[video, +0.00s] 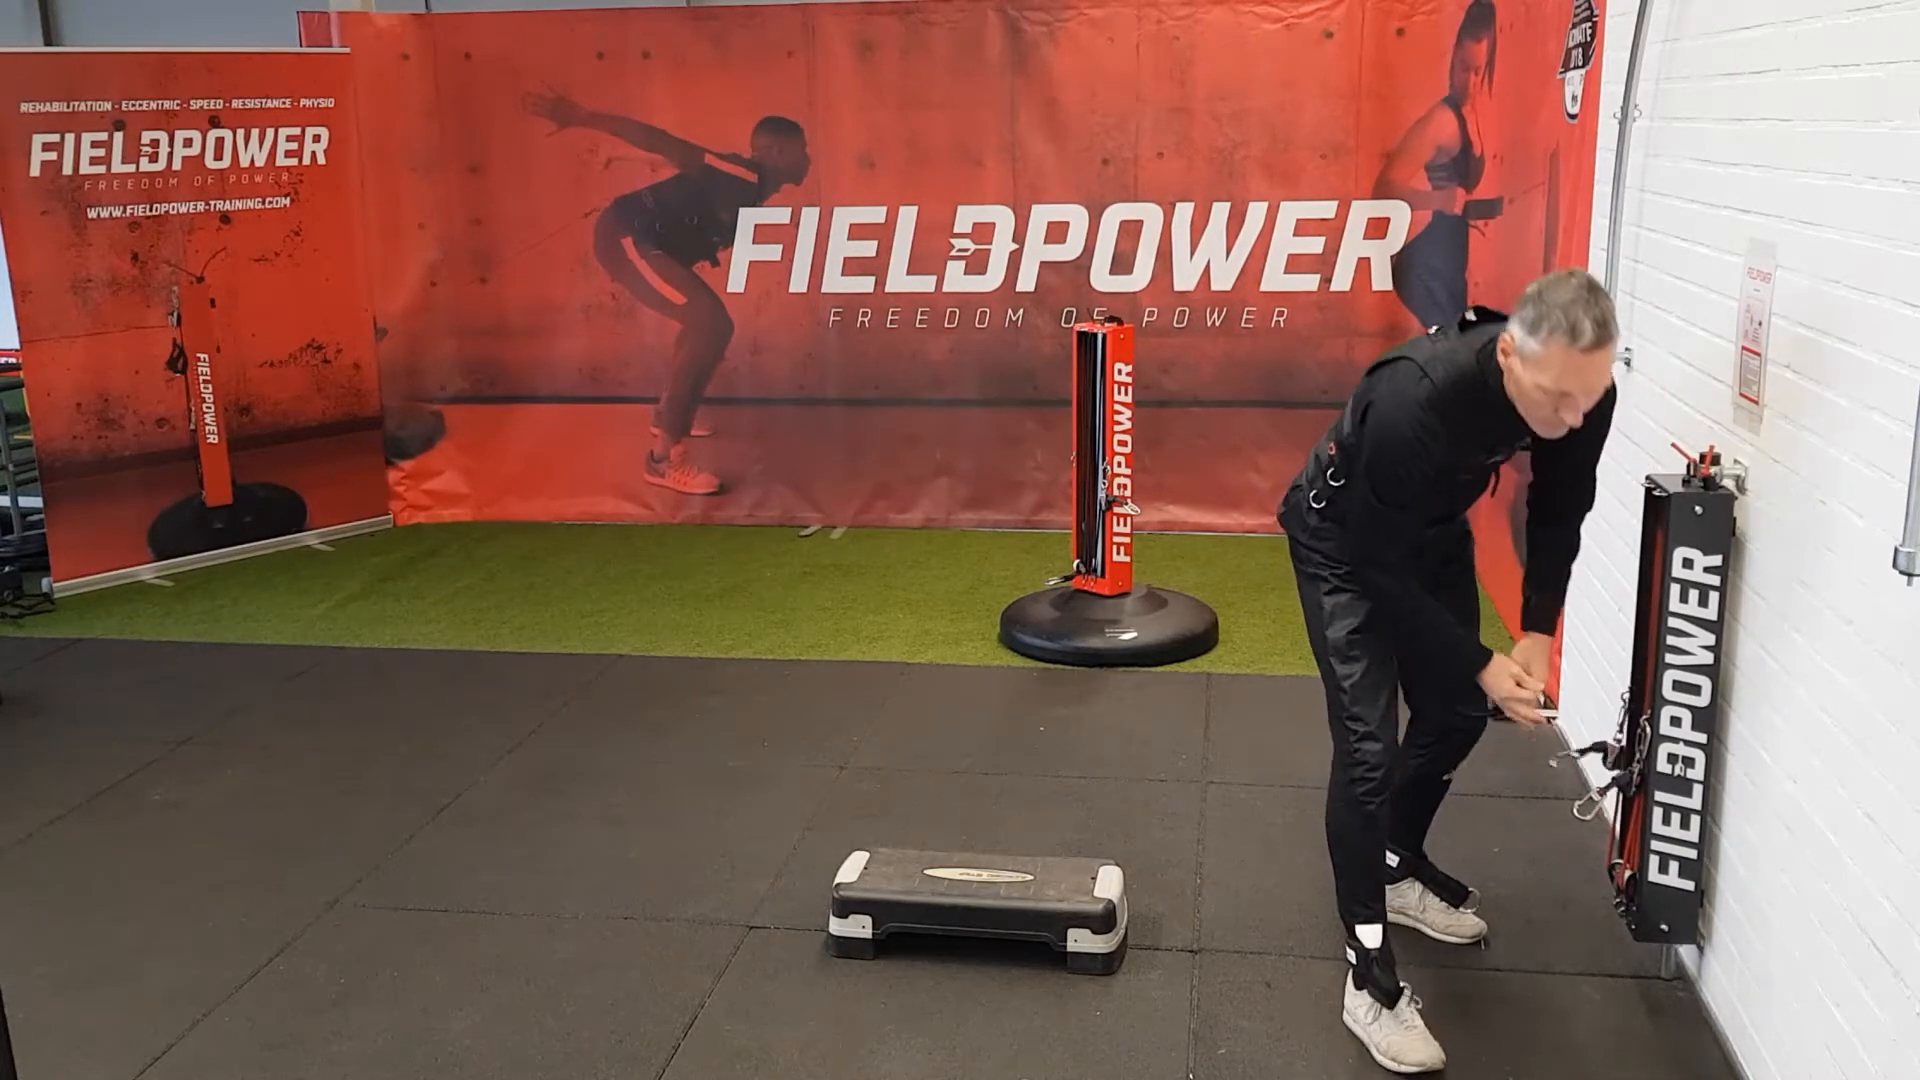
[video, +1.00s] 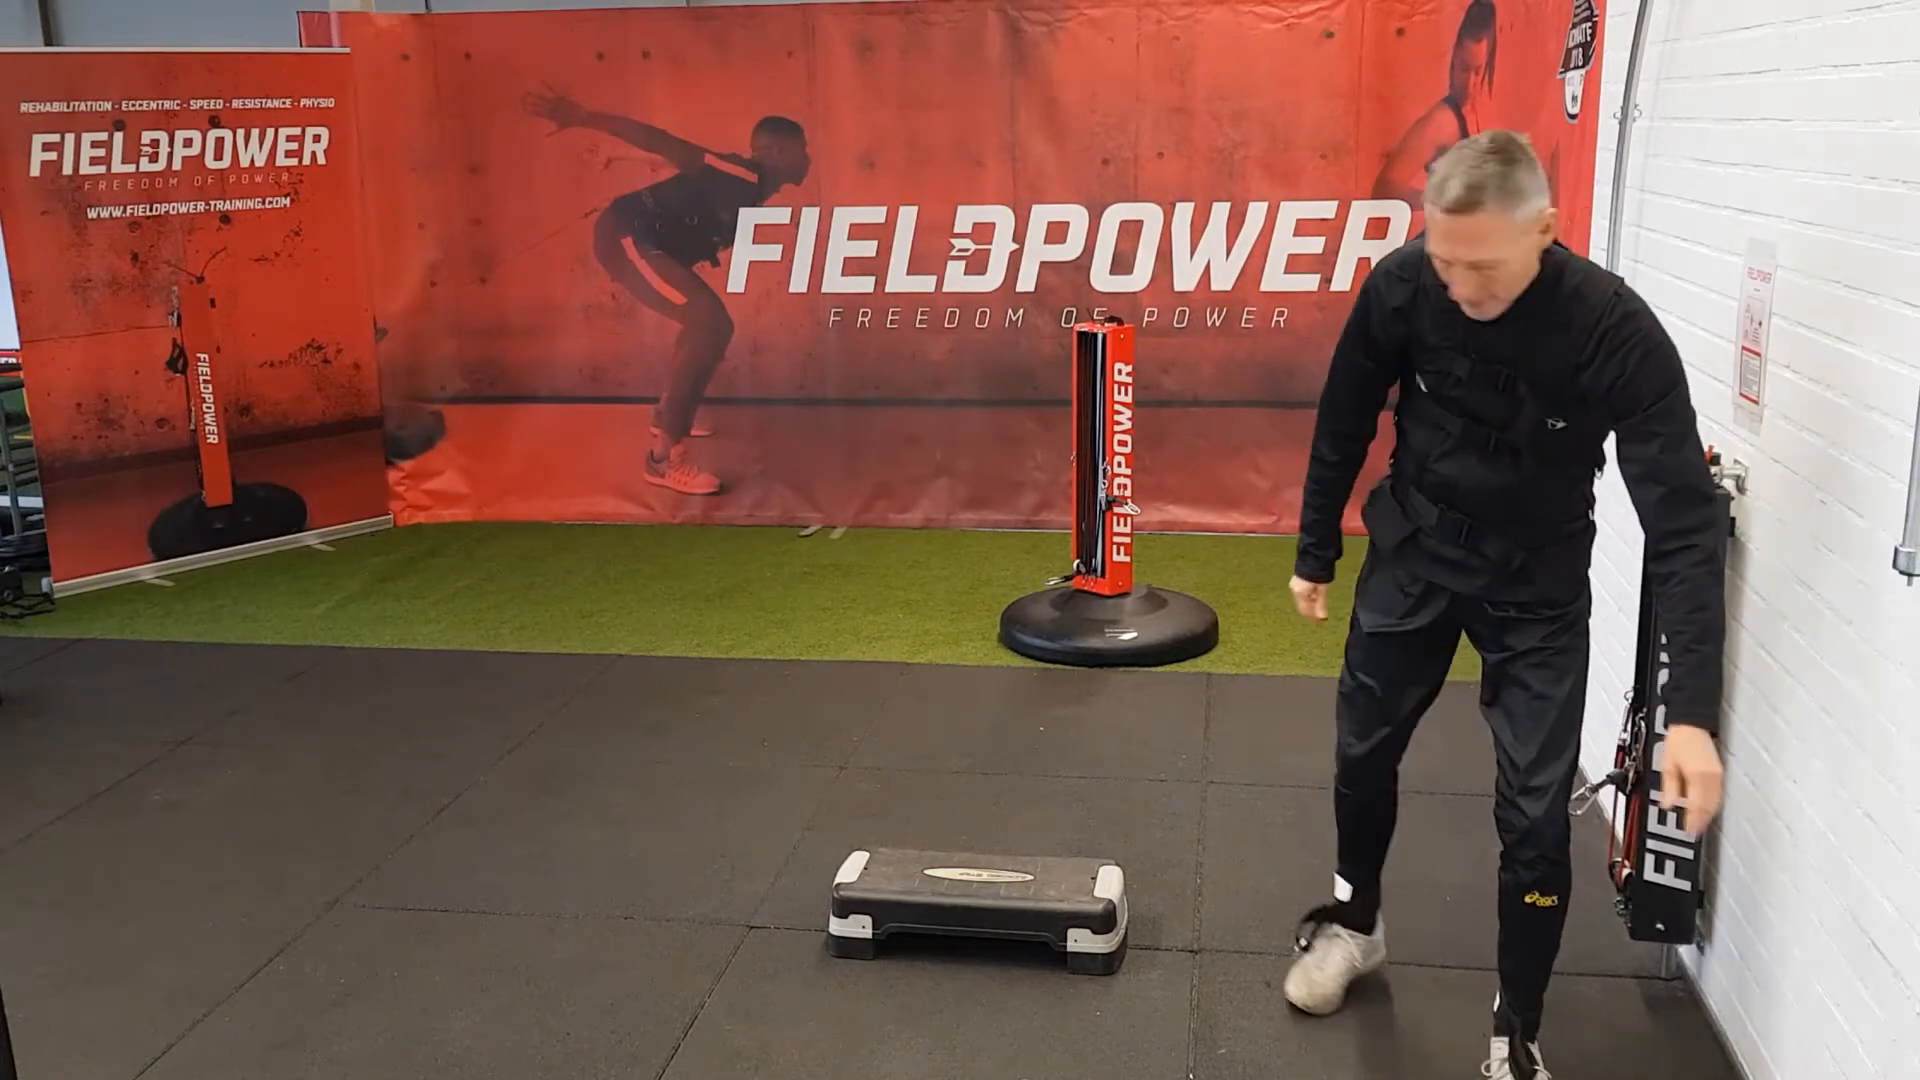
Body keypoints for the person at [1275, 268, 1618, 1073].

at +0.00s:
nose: (1574, 416)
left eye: (1589, 397)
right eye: (1557, 395)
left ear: (1605, 365)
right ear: (1510, 354)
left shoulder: (1589, 387)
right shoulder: (1418, 402)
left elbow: (1559, 503)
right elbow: (1382, 560)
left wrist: (1538, 628)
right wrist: (1480, 667)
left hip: (1436, 531)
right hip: (1343, 536)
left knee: (1454, 716)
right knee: (1369, 752)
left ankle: (1395, 866)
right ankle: (1370, 976)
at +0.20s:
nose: (1537, 356)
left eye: (1555, 336)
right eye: (1519, 336)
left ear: (1577, 306)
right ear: (1471, 300)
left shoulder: (1582, 363)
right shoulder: (1388, 370)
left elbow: (1556, 501)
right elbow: (1361, 538)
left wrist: (1533, 631)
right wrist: (1457, 648)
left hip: (1454, 536)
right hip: (1354, 543)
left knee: (1499, 737)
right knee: (1381, 763)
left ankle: (1414, 854)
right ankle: (1370, 976)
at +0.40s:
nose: (1527, 323)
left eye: (1544, 300)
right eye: (1506, 303)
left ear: (1565, 271)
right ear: (1458, 269)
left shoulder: (1587, 344)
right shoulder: (1377, 346)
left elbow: (1593, 505)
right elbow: (1343, 524)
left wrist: (1562, 660)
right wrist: (1422, 660)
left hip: (1489, 562)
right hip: (1378, 567)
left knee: (1515, 761)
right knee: (1383, 779)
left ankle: (1487, 968)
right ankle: (1372, 977)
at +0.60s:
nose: (1534, 307)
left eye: (1553, 284)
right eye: (1514, 287)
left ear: (1576, 254)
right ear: (1468, 251)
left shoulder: (1609, 352)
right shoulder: (1389, 322)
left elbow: (1629, 545)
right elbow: (1321, 482)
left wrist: (1626, 717)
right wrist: (1336, 640)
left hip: (1515, 588)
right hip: (1392, 577)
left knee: (1517, 799)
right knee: (1391, 784)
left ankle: (1515, 1036)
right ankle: (1373, 980)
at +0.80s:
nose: (1533, 303)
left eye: (1554, 280)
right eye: (1512, 281)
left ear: (1583, 244)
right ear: (1474, 242)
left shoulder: (1624, 348)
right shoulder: (1414, 298)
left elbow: (1669, 545)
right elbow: (1327, 432)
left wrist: (1687, 737)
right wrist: (1287, 578)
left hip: (1539, 590)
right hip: (1414, 569)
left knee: (1538, 819)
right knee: (1390, 781)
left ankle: (1516, 1035)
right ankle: (1375, 964)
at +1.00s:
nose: (1460, 288)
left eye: (1483, 268)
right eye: (1445, 264)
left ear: (1543, 233)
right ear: (1428, 232)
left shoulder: (1612, 331)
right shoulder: (1401, 289)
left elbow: (1684, 523)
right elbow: (1344, 415)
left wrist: (1690, 716)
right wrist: (1315, 549)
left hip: (1537, 583)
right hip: (1414, 557)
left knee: (1537, 818)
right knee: (1361, 752)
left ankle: (1516, 1039)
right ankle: (1353, 920)